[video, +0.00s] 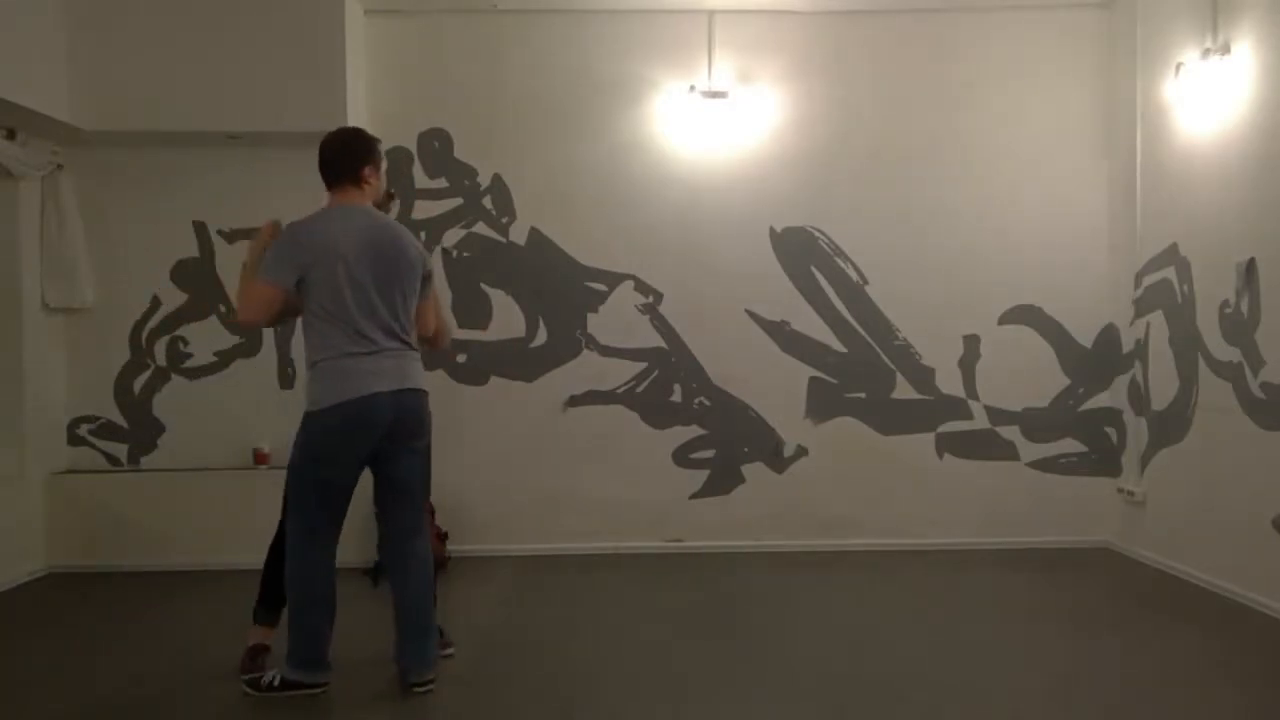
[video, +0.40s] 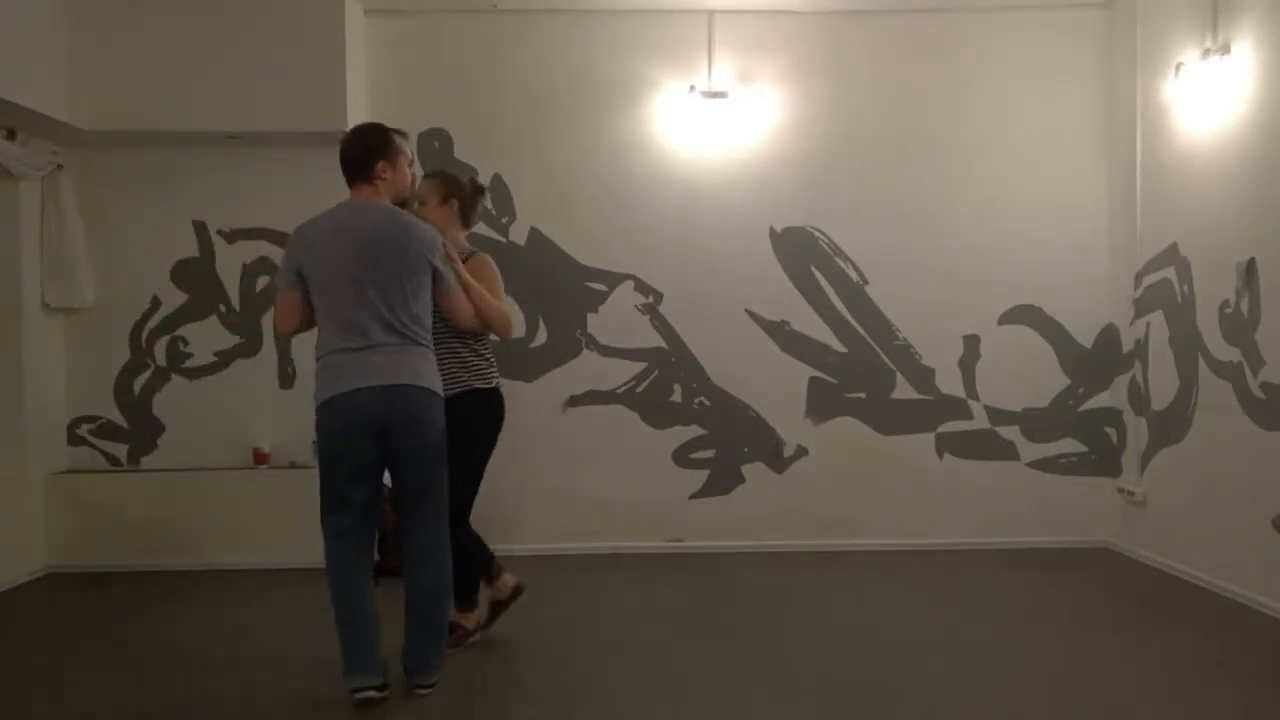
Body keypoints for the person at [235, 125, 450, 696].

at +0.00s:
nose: (383, 178)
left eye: (380, 169)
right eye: (380, 170)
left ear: (324, 177)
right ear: (369, 174)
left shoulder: (301, 238)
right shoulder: (405, 242)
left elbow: (251, 312)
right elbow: (432, 331)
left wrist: (260, 250)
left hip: (337, 404)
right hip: (406, 399)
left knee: (310, 535)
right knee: (409, 531)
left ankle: (306, 667)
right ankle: (418, 665)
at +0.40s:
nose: (412, 174)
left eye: (409, 164)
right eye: (406, 164)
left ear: (352, 173)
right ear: (383, 169)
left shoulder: (308, 235)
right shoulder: (419, 234)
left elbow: (287, 322)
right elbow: (463, 317)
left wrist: (336, 298)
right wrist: (448, 277)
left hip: (343, 399)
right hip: (415, 396)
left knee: (347, 531)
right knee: (426, 527)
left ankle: (362, 671)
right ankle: (423, 666)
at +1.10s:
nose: (440, 185)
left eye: (437, 175)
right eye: (431, 176)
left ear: (388, 188)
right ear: (403, 184)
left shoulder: (353, 246)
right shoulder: (418, 235)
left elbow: (340, 332)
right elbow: (454, 301)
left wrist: (407, 342)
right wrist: (530, 307)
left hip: (367, 390)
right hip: (416, 393)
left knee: (412, 502)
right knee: (418, 510)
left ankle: (412, 610)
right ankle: (385, 645)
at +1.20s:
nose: (450, 190)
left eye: (447, 181)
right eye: (442, 181)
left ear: (404, 195)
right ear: (415, 191)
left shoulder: (378, 246)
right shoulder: (422, 240)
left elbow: (367, 336)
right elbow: (439, 308)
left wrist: (447, 321)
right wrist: (520, 314)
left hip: (382, 395)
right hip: (418, 399)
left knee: (426, 509)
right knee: (423, 514)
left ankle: (453, 614)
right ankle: (383, 646)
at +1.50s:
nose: (461, 202)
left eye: (460, 191)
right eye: (454, 192)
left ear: (431, 195)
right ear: (435, 195)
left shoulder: (451, 248)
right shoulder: (421, 250)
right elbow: (412, 322)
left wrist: (505, 315)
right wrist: (467, 319)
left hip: (436, 393)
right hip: (415, 396)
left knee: (453, 499)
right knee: (439, 501)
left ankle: (457, 609)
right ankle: (388, 610)